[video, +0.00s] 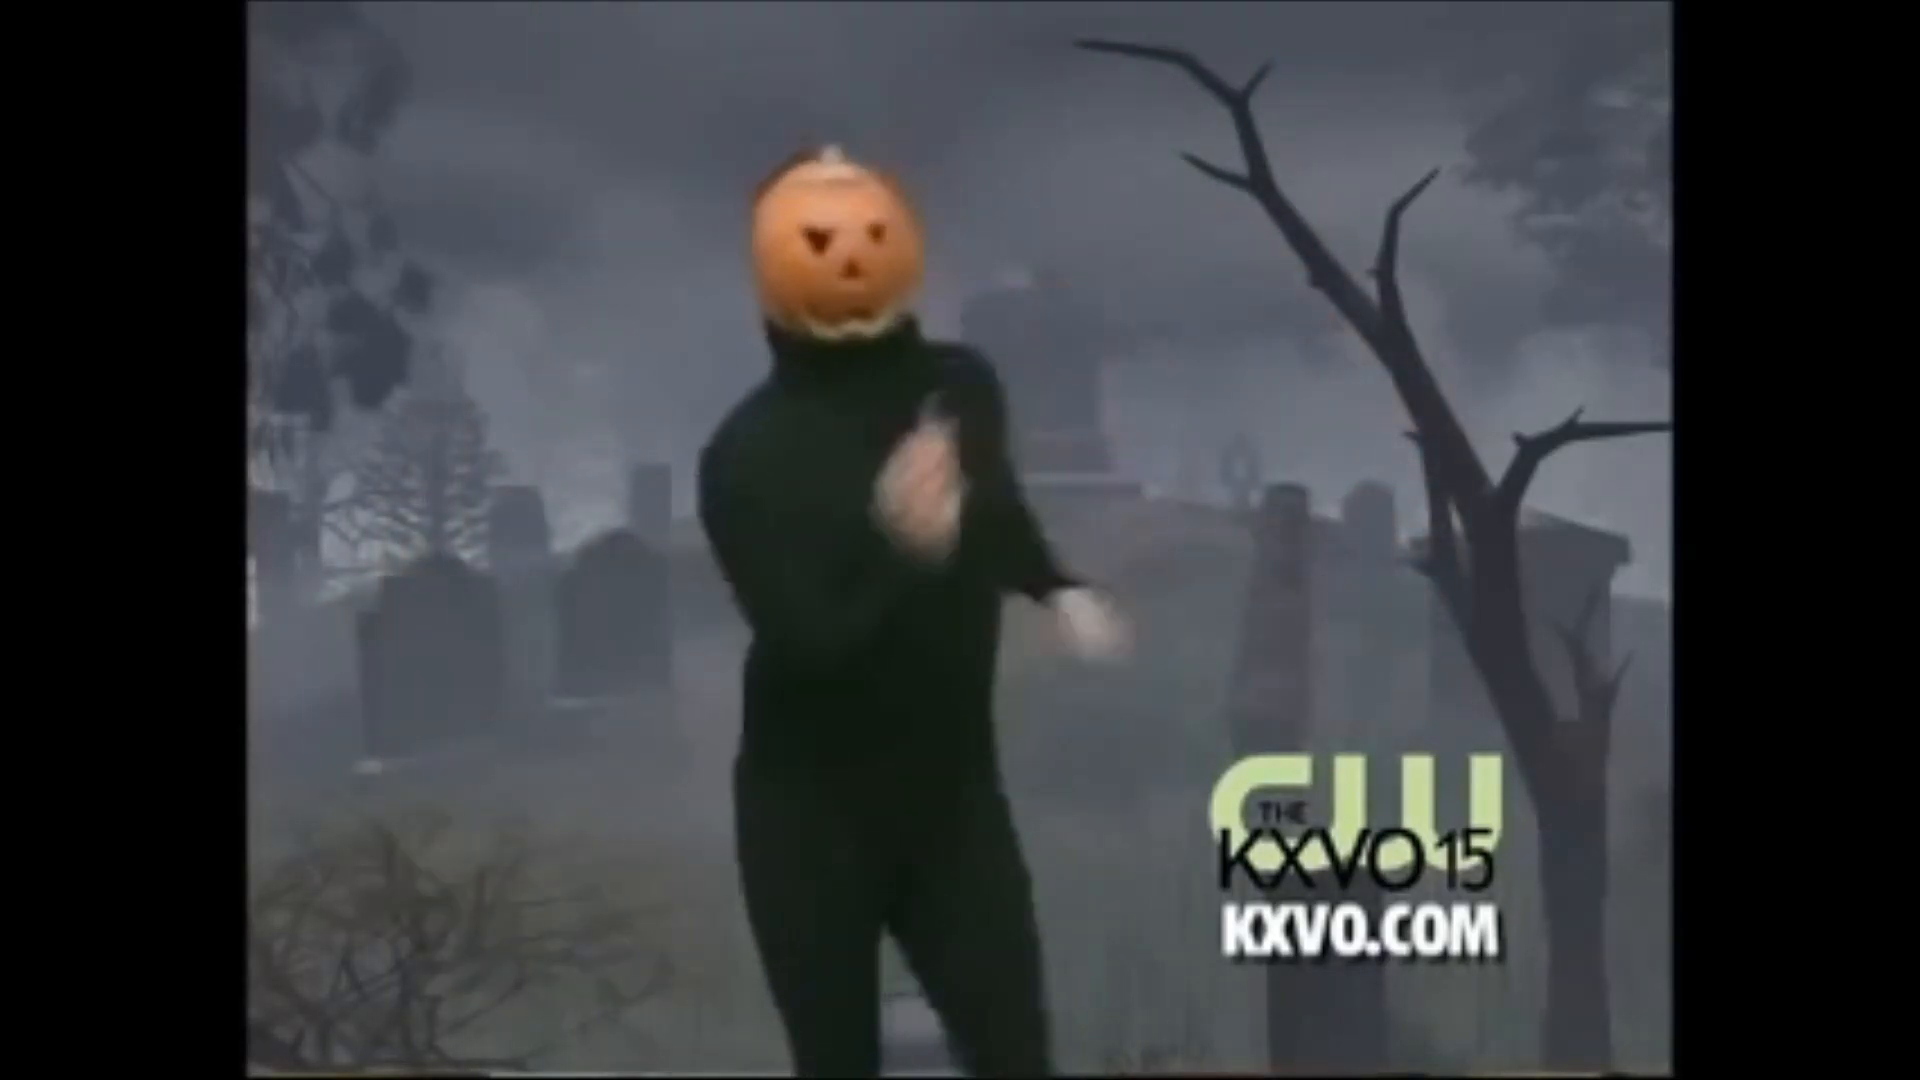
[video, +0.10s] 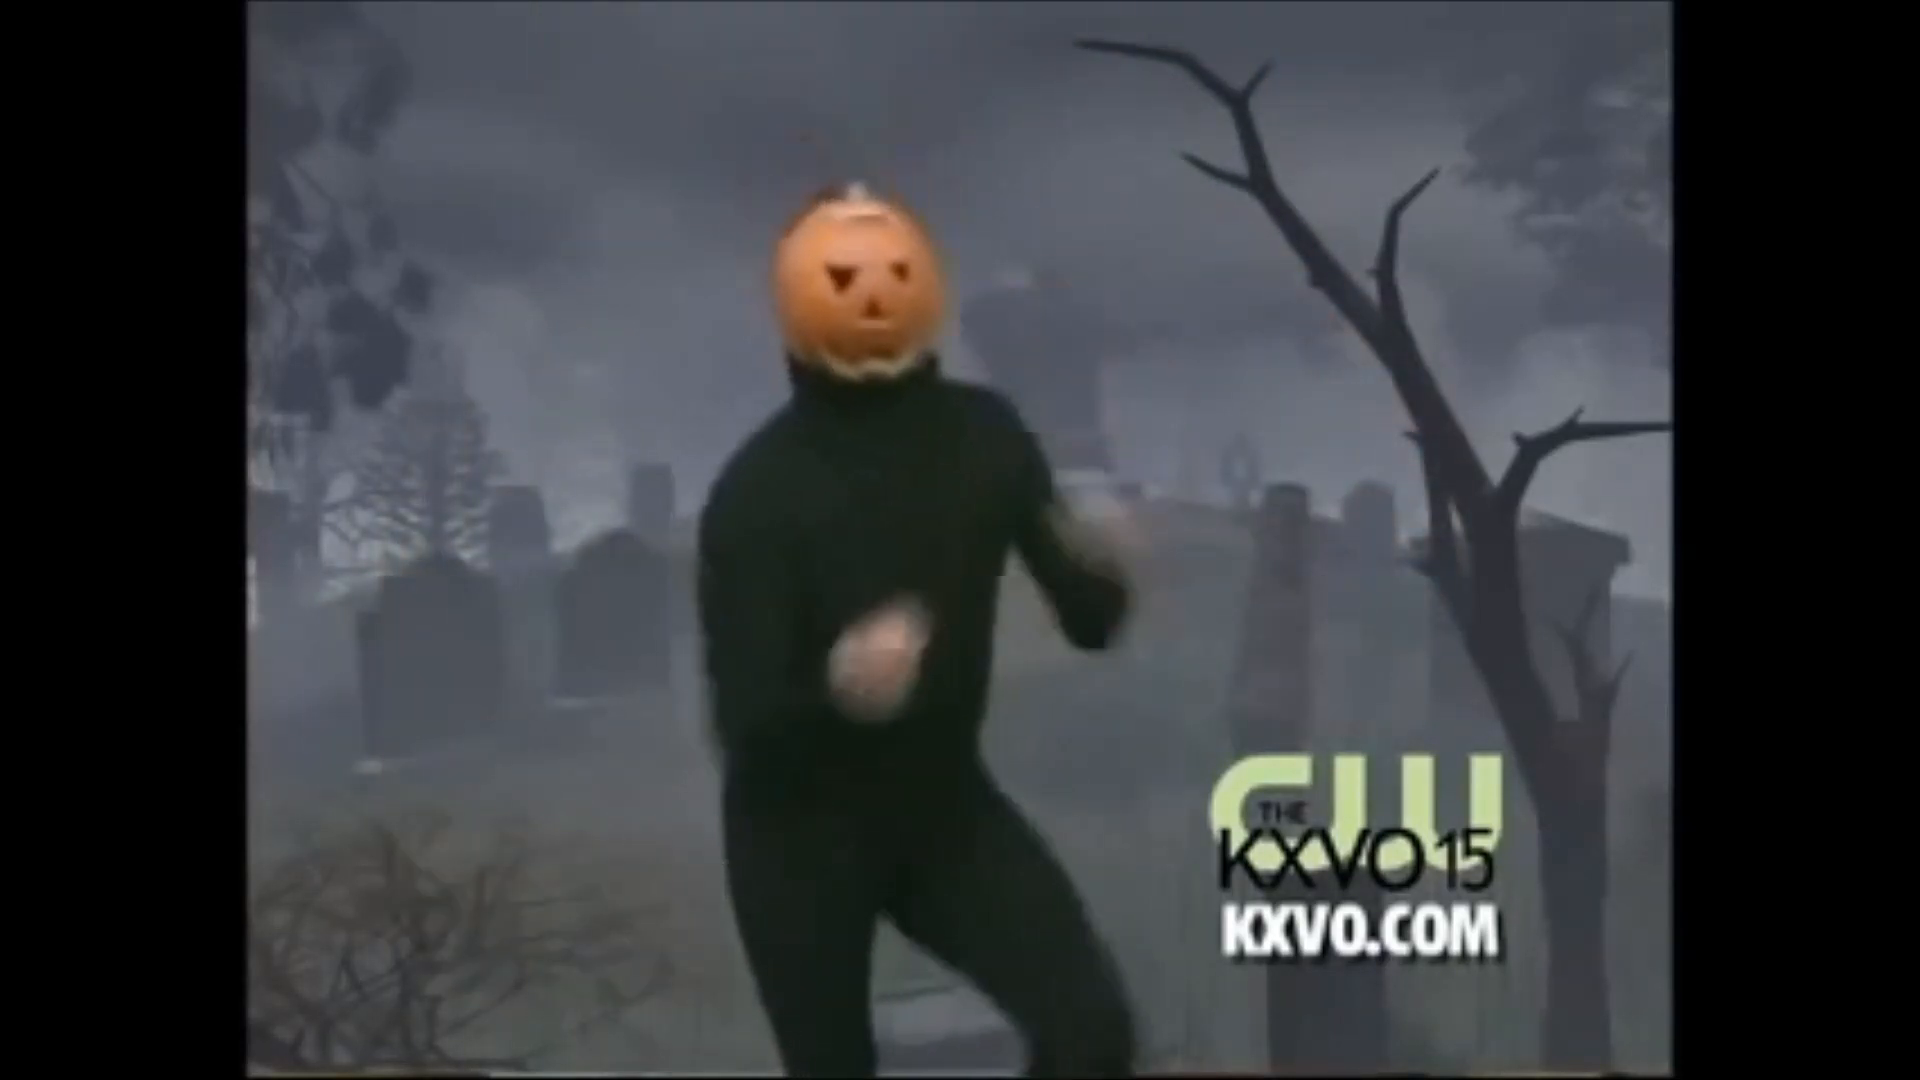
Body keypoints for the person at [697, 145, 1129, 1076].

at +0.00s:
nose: (850, 255)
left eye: (876, 231)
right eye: (816, 237)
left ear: (911, 253)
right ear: (769, 274)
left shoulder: (960, 387)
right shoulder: (749, 453)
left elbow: (995, 515)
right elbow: (809, 634)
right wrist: (898, 546)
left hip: (949, 791)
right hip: (810, 810)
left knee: (1013, 1052)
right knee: (837, 1060)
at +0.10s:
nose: (874, 297)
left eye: (897, 272)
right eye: (840, 276)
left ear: (934, 292)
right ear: (791, 304)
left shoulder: (983, 433)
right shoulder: (762, 484)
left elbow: (1088, 622)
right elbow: (746, 716)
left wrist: (1098, 569)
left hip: (940, 804)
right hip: (799, 824)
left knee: (1088, 1026)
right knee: (831, 1062)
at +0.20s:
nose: (900, 292)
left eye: (926, 267)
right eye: (868, 271)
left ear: (961, 291)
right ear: (816, 297)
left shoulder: (1014, 432)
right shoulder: (773, 468)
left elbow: (1139, 626)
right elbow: (674, 676)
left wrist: (1048, 490)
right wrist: (752, 707)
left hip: (952, 792)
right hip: (804, 812)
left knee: (1127, 971)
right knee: (821, 1062)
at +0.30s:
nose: (924, 195)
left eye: (950, 174)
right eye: (894, 172)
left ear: (985, 203)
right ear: (840, 203)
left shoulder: (1026, 366)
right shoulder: (762, 369)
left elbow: (1106, 581)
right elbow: (692, 538)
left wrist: (950, 510)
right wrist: (748, 662)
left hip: (988, 748)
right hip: (826, 762)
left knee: (1099, 1012)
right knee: (838, 1057)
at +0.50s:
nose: (976, 232)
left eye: (1006, 212)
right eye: (948, 207)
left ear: (1044, 231)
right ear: (902, 217)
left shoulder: (1056, 384)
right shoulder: (866, 364)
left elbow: (1055, 607)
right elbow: (786, 532)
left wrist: (851, 546)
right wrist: (712, 701)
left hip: (1016, 788)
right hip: (871, 779)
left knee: (1014, 1057)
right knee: (872, 1057)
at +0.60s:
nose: (978, 250)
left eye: (1011, 229)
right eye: (951, 224)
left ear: (1054, 251)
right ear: (911, 235)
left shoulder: (1055, 399)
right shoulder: (929, 372)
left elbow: (1011, 608)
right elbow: (889, 544)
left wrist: (804, 508)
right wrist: (754, 638)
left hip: (1033, 796)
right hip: (913, 781)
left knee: (1022, 1060)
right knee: (755, 1031)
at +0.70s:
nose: (978, 287)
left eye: (1014, 265)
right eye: (953, 258)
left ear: (1058, 289)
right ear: (916, 264)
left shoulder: (1055, 443)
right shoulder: (958, 406)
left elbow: (911, 607)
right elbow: (923, 530)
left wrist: (782, 411)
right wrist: (834, 565)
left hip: (1055, 828)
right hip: (929, 801)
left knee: (1035, 1061)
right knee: (677, 947)